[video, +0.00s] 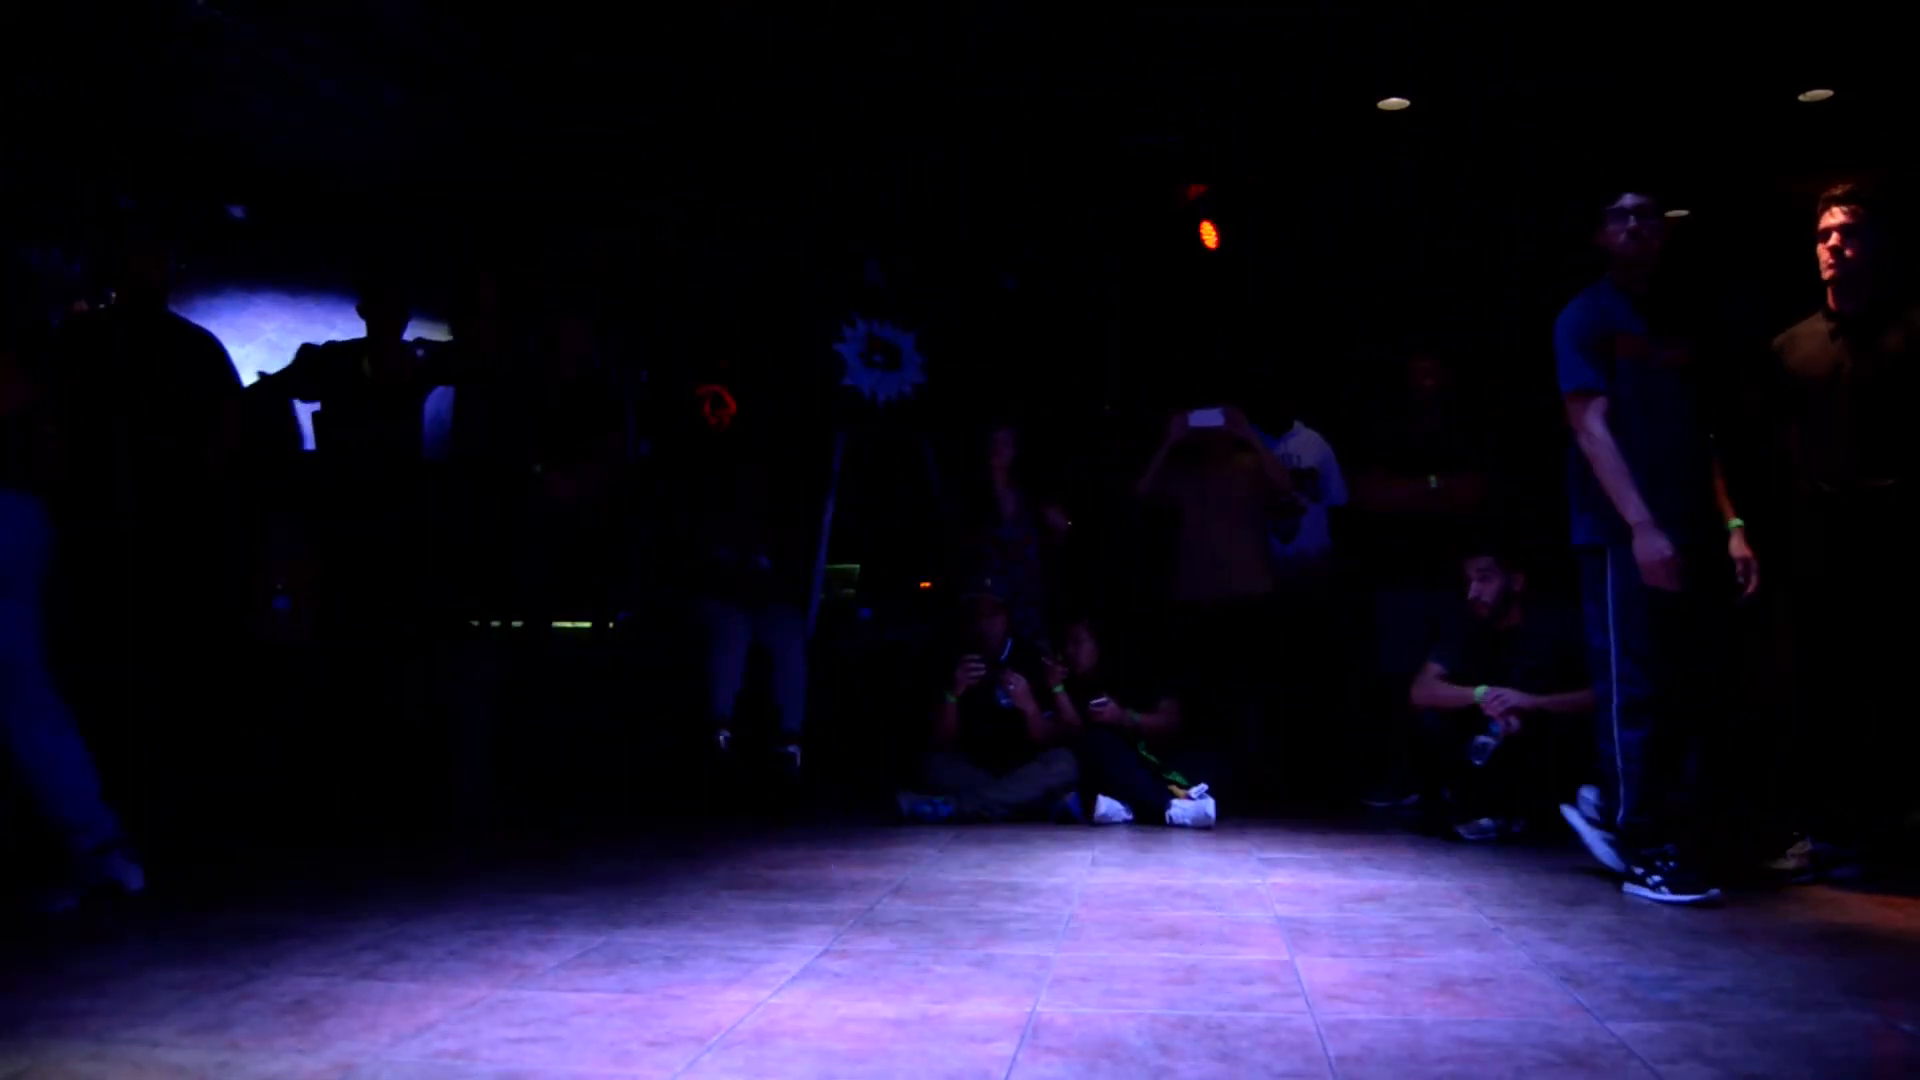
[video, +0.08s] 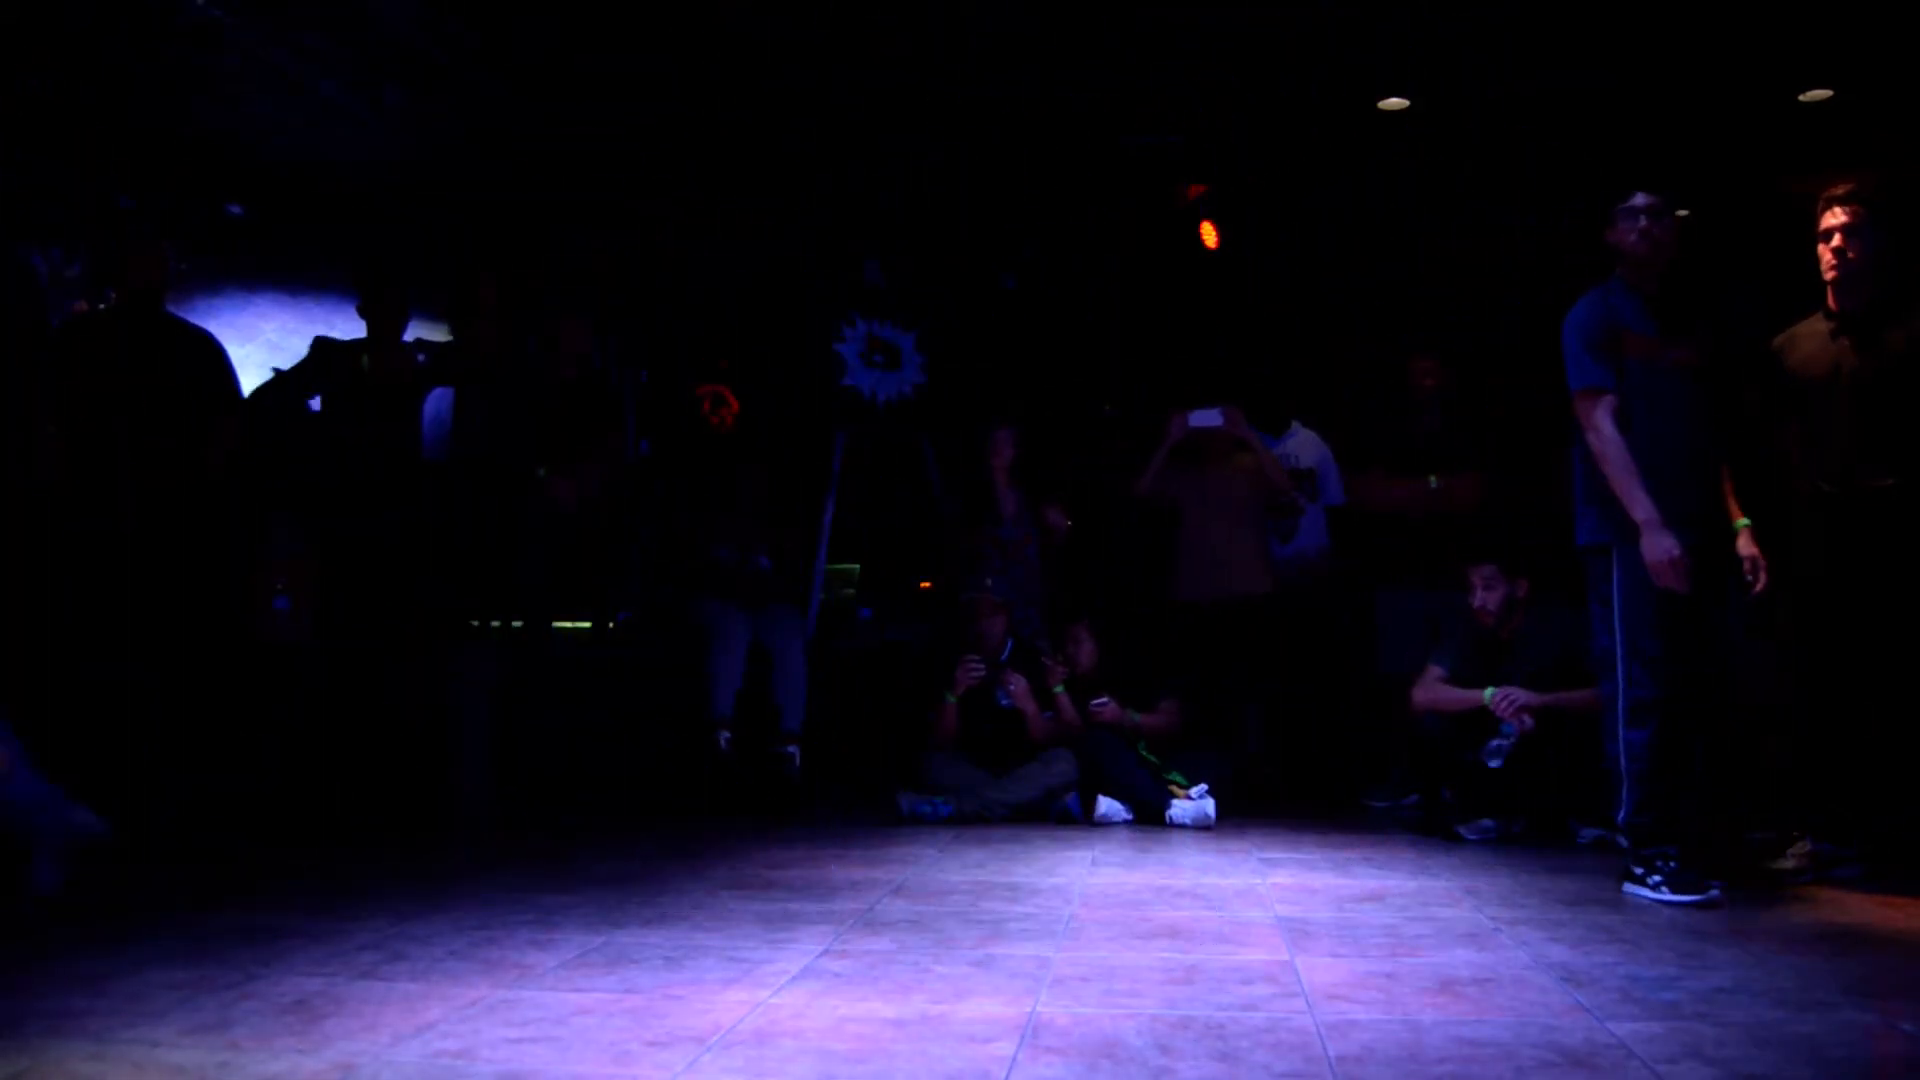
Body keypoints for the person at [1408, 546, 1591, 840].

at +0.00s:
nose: (1473, 592)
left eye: (1485, 580)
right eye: (1469, 581)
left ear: (1515, 582)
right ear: (1464, 583)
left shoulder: (1548, 633)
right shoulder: (1466, 631)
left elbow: (1594, 696)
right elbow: (1421, 691)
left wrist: (1531, 701)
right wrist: (1484, 698)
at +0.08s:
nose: (1478, 601)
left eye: (1489, 589)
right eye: (1473, 590)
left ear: (1518, 589)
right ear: (1467, 591)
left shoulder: (1549, 635)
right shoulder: (1467, 633)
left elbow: (1598, 695)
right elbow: (1422, 694)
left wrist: (1538, 699)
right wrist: (1492, 698)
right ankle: (1482, 813)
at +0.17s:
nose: (1482, 605)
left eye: (1493, 594)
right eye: (1477, 594)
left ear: (1523, 593)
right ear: (1471, 596)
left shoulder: (1554, 637)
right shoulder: (1469, 637)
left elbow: (1602, 691)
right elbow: (1422, 696)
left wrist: (1540, 694)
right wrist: (1495, 698)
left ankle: (1587, 815)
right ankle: (1481, 813)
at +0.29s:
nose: (1485, 602)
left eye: (1497, 590)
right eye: (1480, 592)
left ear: (1527, 592)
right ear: (1474, 594)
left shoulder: (1558, 634)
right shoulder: (1473, 634)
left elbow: (1609, 693)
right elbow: (1423, 695)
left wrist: (1539, 685)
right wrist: (1492, 693)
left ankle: (1586, 814)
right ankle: (1484, 813)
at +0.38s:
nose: (1487, 598)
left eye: (1498, 585)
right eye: (1481, 587)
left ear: (1528, 588)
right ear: (1475, 590)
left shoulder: (1558, 630)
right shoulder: (1473, 632)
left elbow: (1614, 691)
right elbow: (1422, 692)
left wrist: (1549, 677)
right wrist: (1484, 690)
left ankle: (1587, 815)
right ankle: (1491, 814)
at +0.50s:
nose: (1489, 598)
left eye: (1501, 587)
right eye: (1485, 588)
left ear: (1531, 590)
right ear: (1479, 591)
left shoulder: (1564, 633)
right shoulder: (1477, 633)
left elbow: (1624, 693)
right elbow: (1420, 690)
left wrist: (1544, 684)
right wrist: (1476, 684)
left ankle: (1590, 816)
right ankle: (1492, 815)